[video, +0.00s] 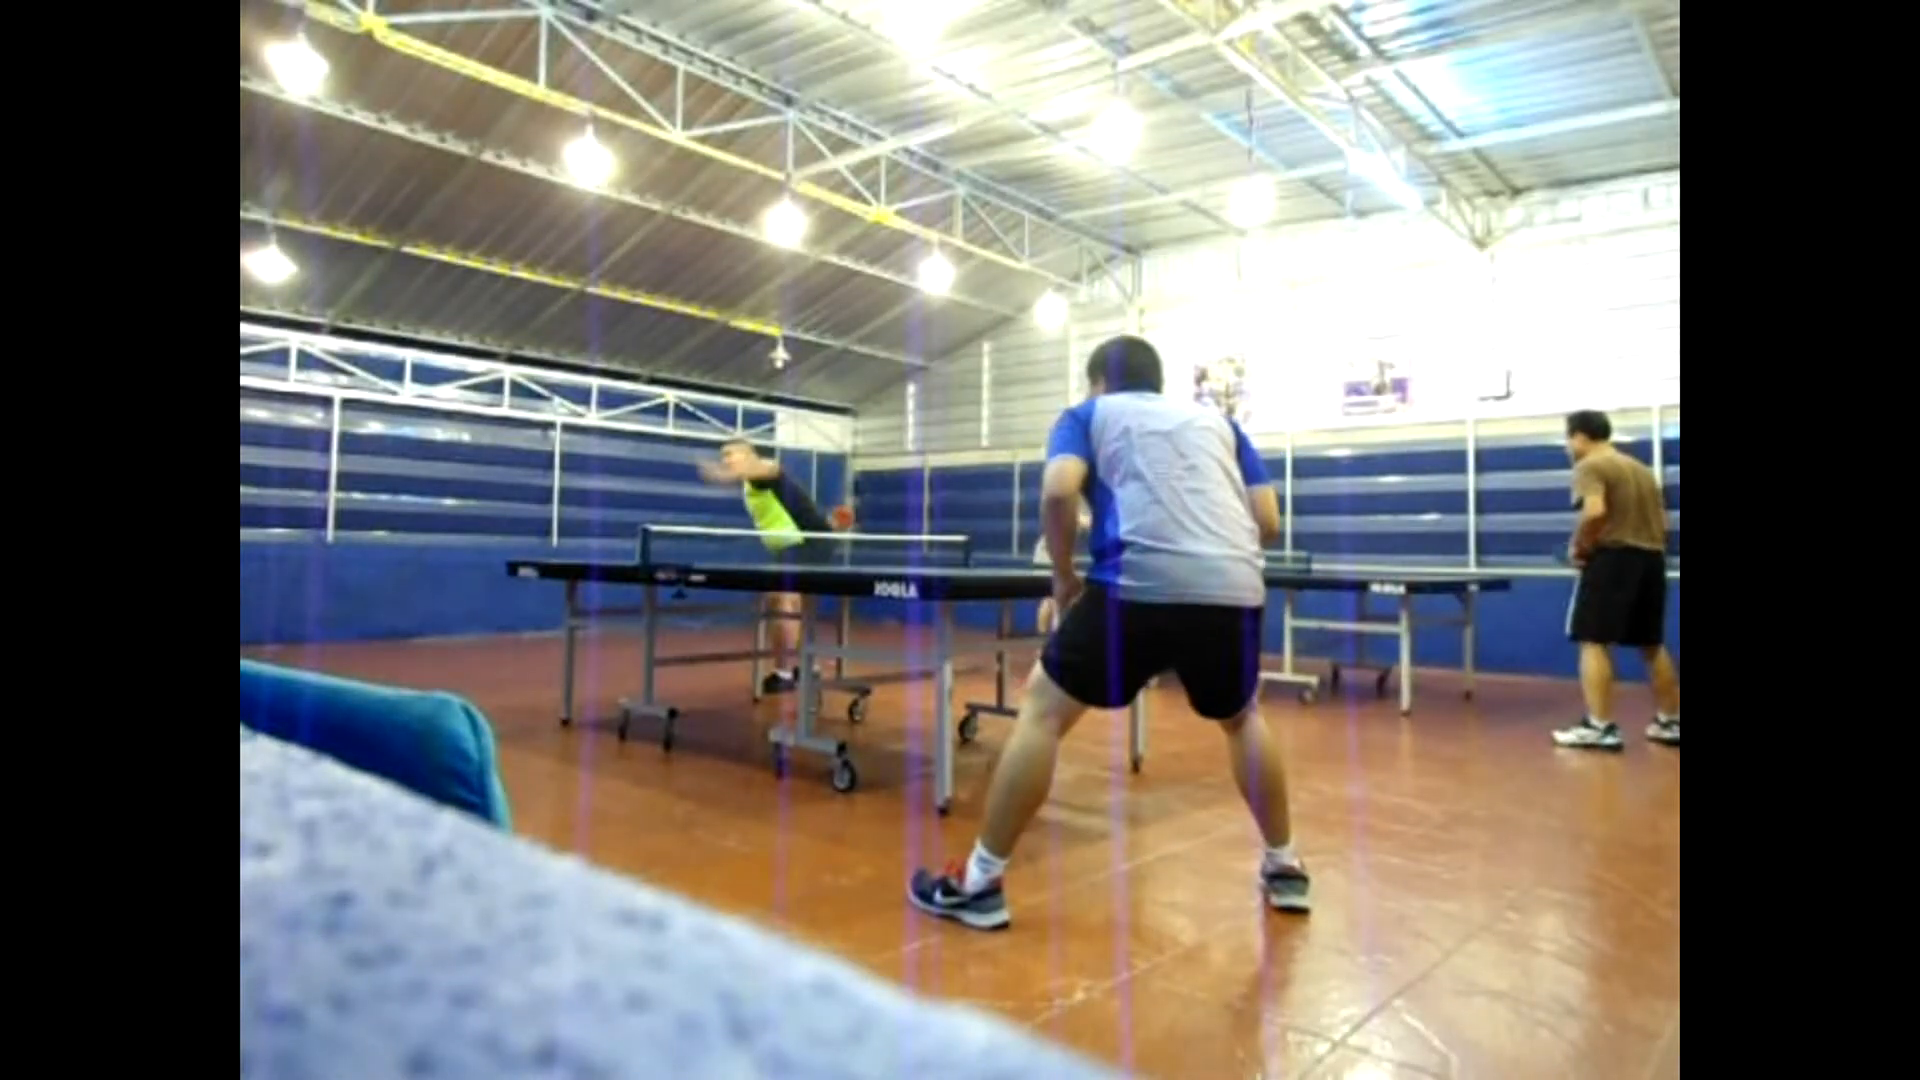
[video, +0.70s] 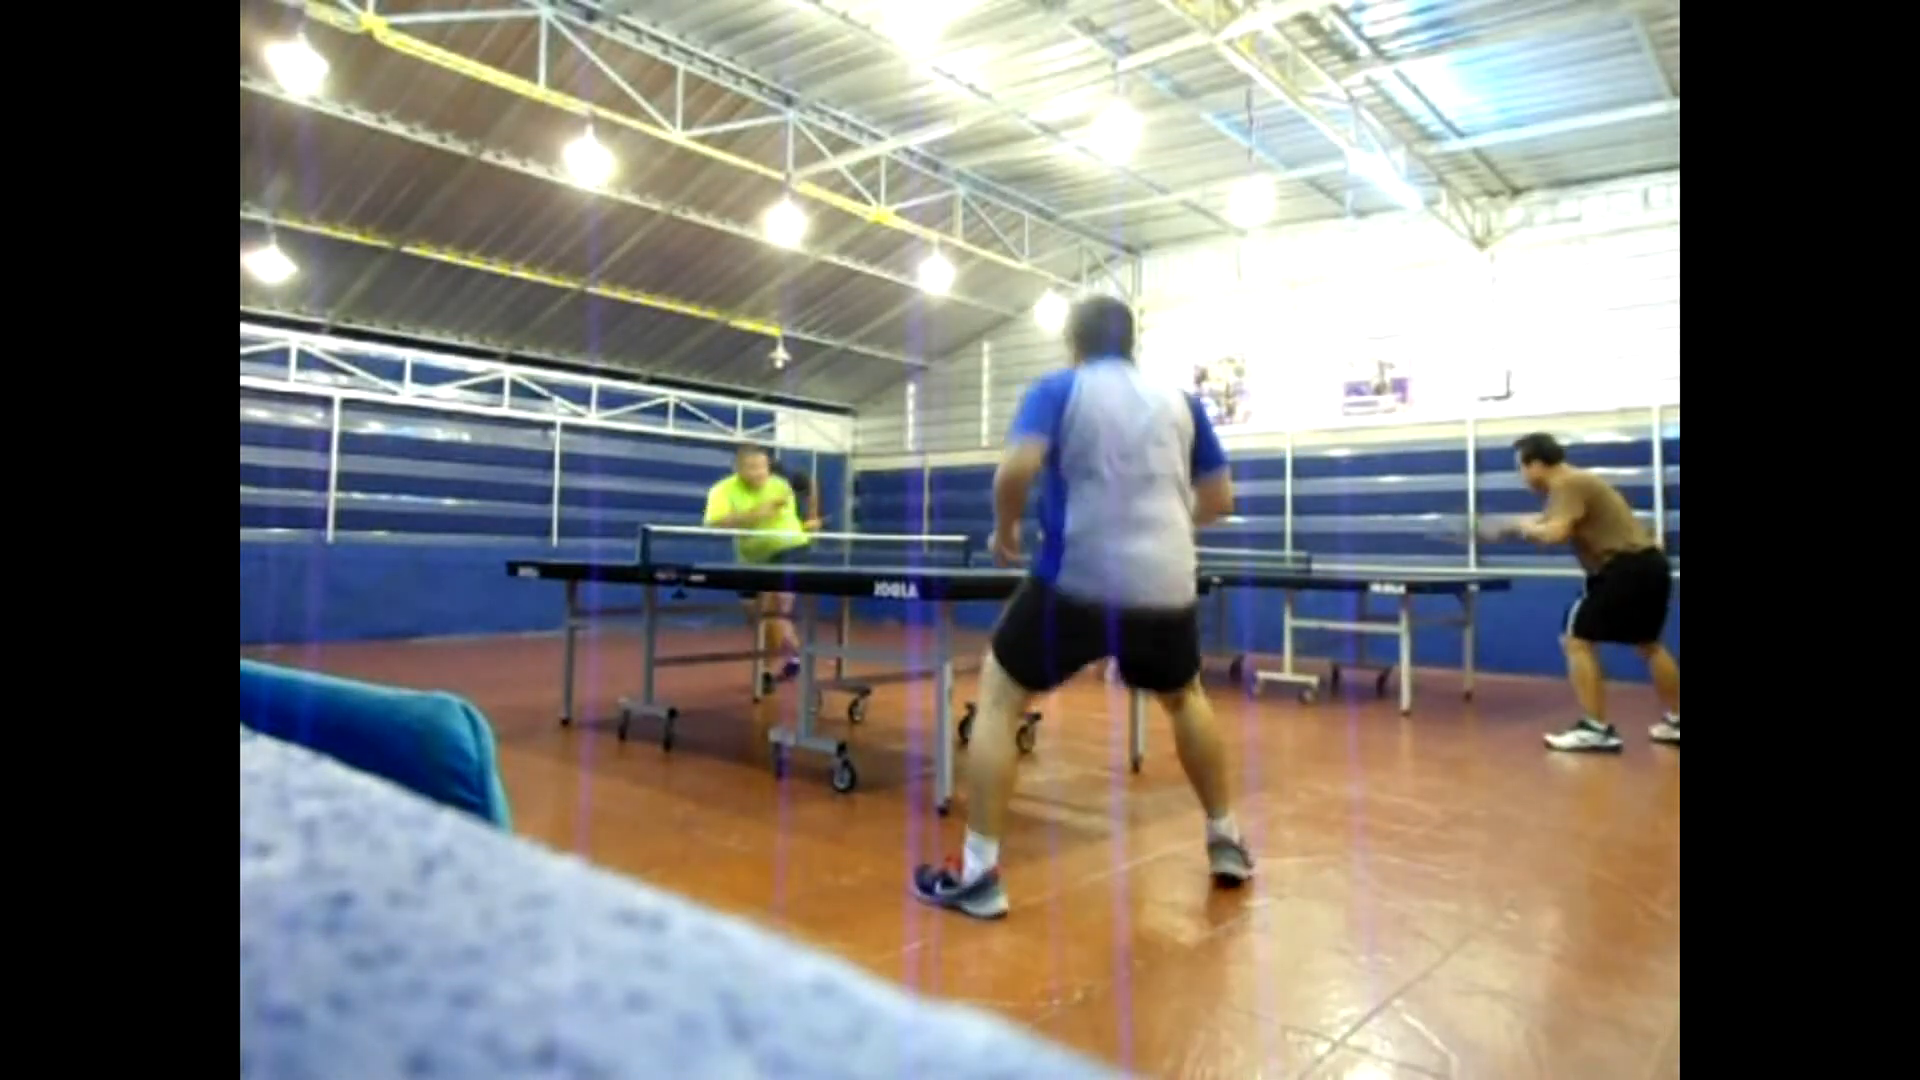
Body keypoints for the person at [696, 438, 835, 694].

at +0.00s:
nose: (728, 462)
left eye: (732, 454)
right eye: (725, 457)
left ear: (749, 454)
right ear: (727, 461)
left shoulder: (770, 471)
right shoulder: (749, 485)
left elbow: (753, 471)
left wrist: (720, 474)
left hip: (806, 544)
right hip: (784, 548)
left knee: (788, 604)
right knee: (775, 606)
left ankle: (790, 669)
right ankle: (782, 668)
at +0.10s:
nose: (727, 460)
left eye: (731, 453)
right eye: (725, 455)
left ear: (749, 453)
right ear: (731, 459)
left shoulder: (759, 468)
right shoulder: (752, 479)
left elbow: (786, 470)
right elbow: (796, 486)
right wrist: (822, 493)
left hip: (800, 544)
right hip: (786, 546)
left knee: (787, 605)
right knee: (787, 606)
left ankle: (786, 670)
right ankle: (800, 665)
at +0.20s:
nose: (725, 465)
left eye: (729, 458)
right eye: (723, 459)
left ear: (747, 457)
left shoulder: (760, 471)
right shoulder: (751, 481)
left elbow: (798, 479)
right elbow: (800, 477)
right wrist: (814, 518)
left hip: (796, 548)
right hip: (785, 550)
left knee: (788, 607)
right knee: (789, 608)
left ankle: (785, 670)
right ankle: (798, 665)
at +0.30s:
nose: (724, 476)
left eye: (728, 467)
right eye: (721, 470)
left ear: (746, 465)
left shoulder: (764, 478)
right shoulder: (750, 492)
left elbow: (811, 484)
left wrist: (831, 520)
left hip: (804, 548)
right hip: (785, 552)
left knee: (786, 604)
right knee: (781, 605)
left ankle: (780, 667)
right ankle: (801, 663)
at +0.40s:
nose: (733, 487)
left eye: (736, 479)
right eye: (727, 483)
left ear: (749, 474)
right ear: (725, 487)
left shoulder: (771, 485)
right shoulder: (738, 502)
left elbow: (820, 484)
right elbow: (715, 506)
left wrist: (837, 520)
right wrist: (690, 504)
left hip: (804, 553)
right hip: (778, 558)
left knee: (782, 608)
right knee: (783, 610)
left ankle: (770, 666)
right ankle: (805, 663)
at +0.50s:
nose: (744, 491)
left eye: (748, 484)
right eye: (738, 487)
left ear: (757, 480)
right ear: (730, 488)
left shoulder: (780, 489)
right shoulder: (727, 503)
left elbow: (823, 485)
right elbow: (696, 534)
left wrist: (835, 525)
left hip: (803, 555)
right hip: (771, 560)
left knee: (783, 608)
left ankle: (768, 671)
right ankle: (803, 663)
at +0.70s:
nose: (757, 472)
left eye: (761, 466)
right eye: (750, 467)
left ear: (768, 466)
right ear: (739, 468)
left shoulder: (780, 486)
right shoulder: (723, 490)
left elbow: (789, 522)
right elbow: (714, 522)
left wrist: (805, 526)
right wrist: (755, 515)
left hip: (786, 550)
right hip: (751, 556)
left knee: (777, 608)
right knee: (758, 612)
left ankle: (770, 669)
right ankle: (793, 655)